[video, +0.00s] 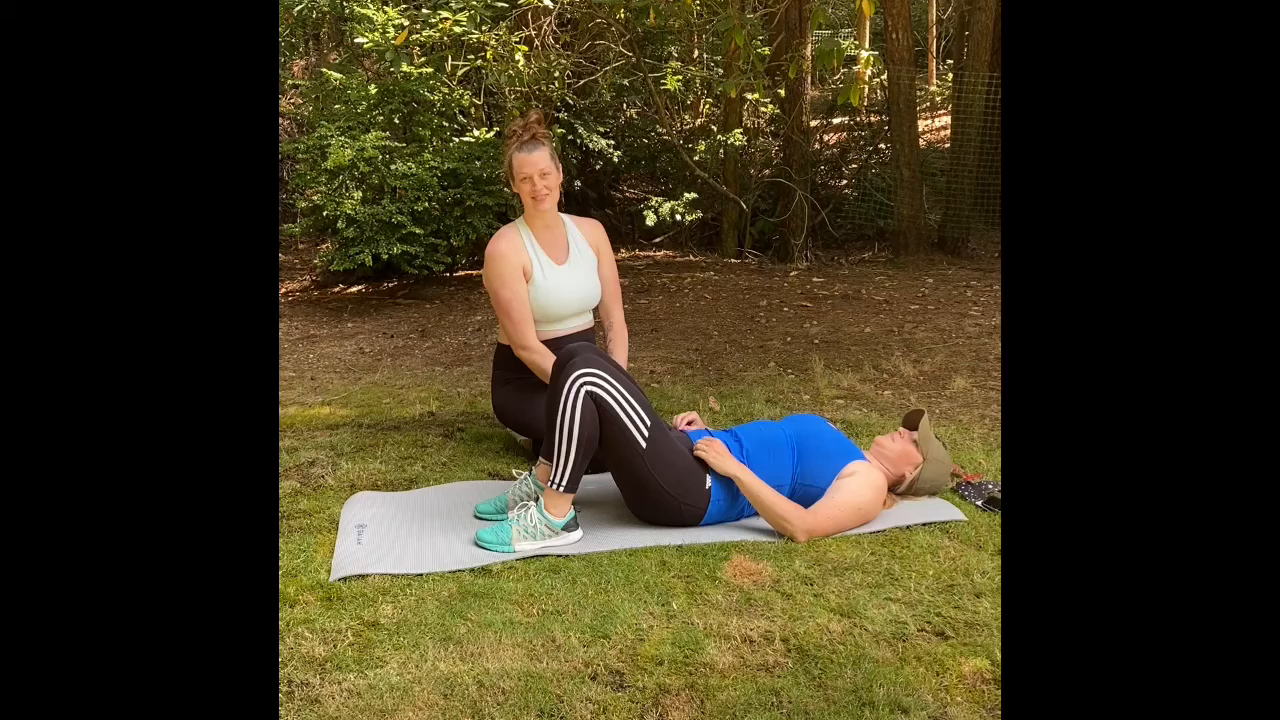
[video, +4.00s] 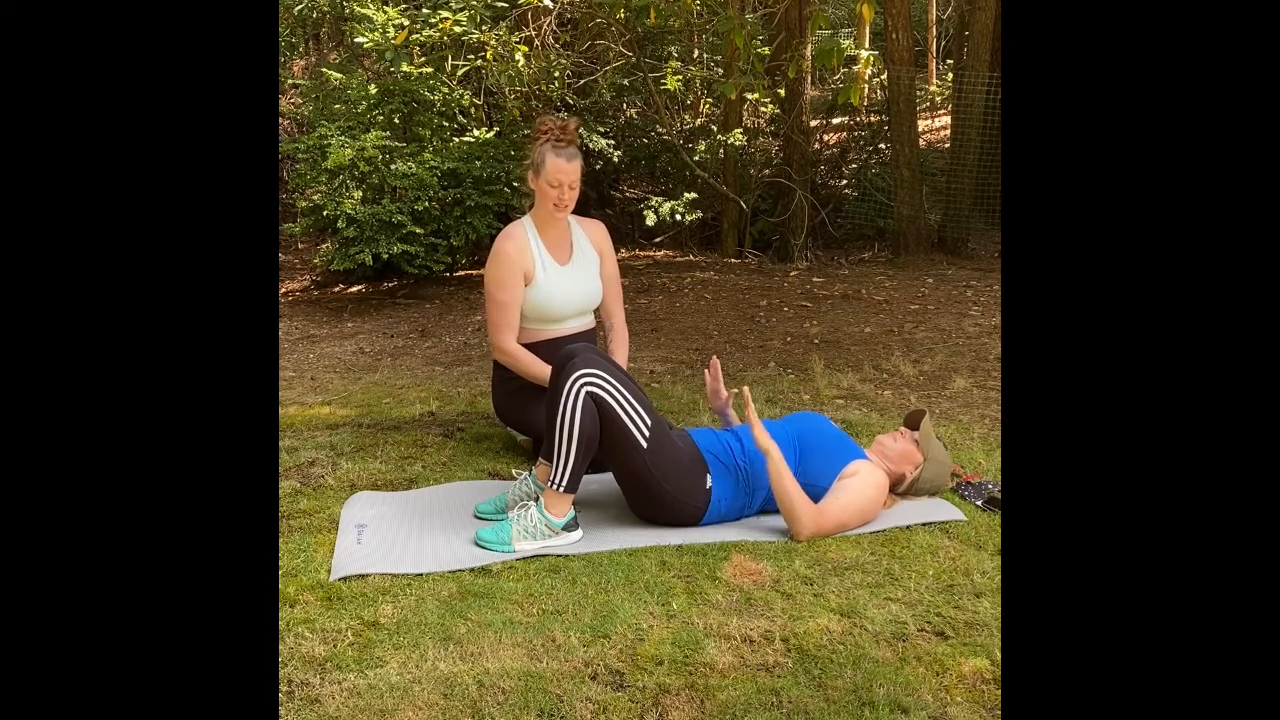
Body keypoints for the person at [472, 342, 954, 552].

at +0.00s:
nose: (897, 433)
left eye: (908, 439)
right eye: (906, 431)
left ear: (907, 470)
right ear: (895, 445)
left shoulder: (867, 483)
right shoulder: (843, 453)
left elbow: (806, 526)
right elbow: (760, 468)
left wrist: (732, 469)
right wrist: (705, 431)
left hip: (693, 490)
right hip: (681, 466)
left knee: (590, 373)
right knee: (579, 355)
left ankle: (554, 512)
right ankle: (543, 485)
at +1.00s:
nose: (896, 433)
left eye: (907, 440)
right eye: (905, 431)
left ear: (907, 472)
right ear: (895, 446)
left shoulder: (867, 484)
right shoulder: (843, 452)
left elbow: (804, 526)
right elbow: (761, 468)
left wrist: (731, 468)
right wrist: (705, 430)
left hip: (693, 488)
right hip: (682, 463)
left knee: (588, 371)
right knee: (579, 357)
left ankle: (554, 511)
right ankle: (543, 484)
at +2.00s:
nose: (897, 433)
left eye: (908, 440)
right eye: (906, 431)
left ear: (907, 471)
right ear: (896, 446)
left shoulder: (867, 483)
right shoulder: (843, 452)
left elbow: (805, 527)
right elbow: (761, 469)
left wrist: (731, 468)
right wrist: (705, 431)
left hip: (693, 489)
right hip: (682, 464)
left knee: (589, 371)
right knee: (580, 356)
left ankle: (554, 511)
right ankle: (542, 485)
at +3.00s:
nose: (897, 433)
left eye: (908, 440)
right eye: (906, 431)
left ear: (907, 471)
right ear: (895, 446)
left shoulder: (867, 483)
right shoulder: (843, 453)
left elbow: (805, 527)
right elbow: (760, 470)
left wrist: (732, 468)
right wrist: (705, 431)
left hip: (693, 490)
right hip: (682, 466)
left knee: (589, 373)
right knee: (580, 357)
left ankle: (554, 511)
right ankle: (542, 485)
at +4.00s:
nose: (897, 433)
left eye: (908, 440)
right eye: (905, 430)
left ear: (908, 471)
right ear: (895, 444)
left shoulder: (870, 483)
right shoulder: (842, 452)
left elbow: (808, 525)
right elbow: (758, 463)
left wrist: (766, 440)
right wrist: (728, 411)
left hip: (694, 484)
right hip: (680, 459)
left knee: (589, 373)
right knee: (578, 358)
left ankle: (555, 511)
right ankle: (542, 485)